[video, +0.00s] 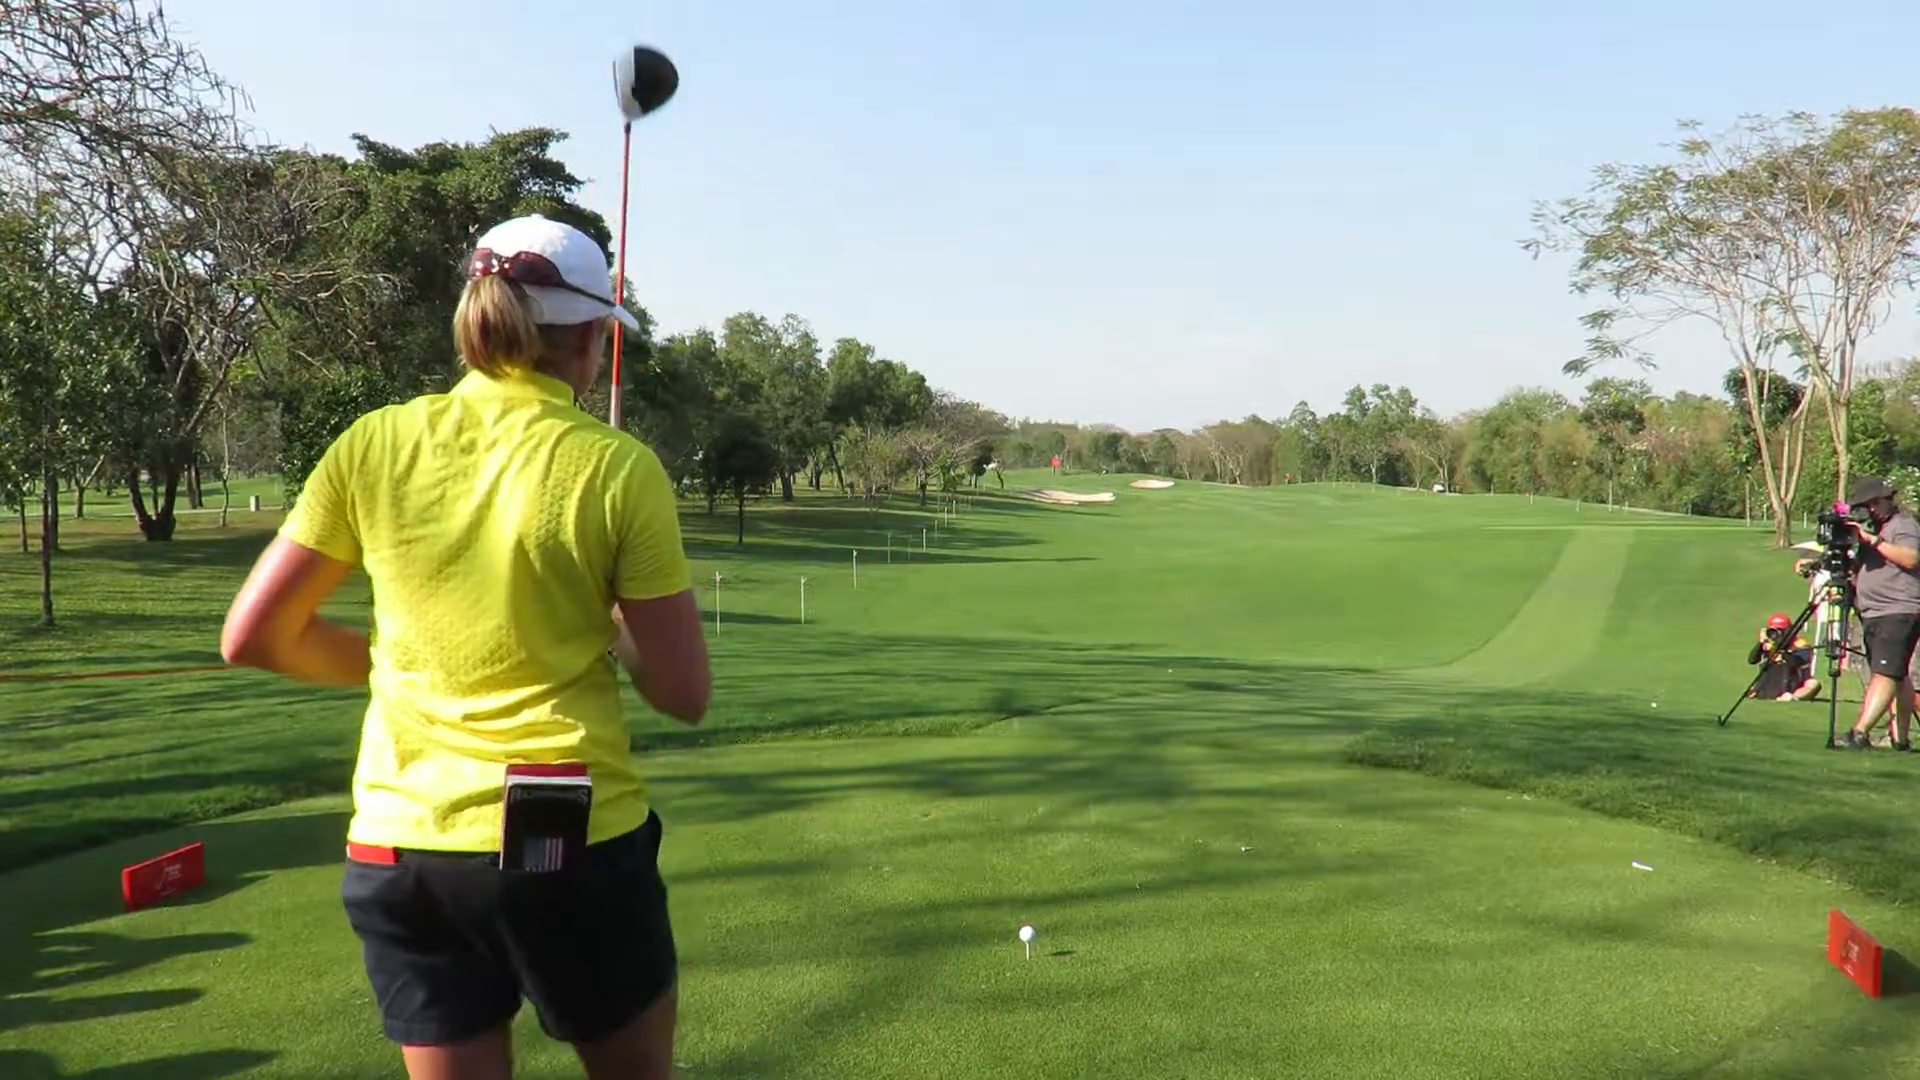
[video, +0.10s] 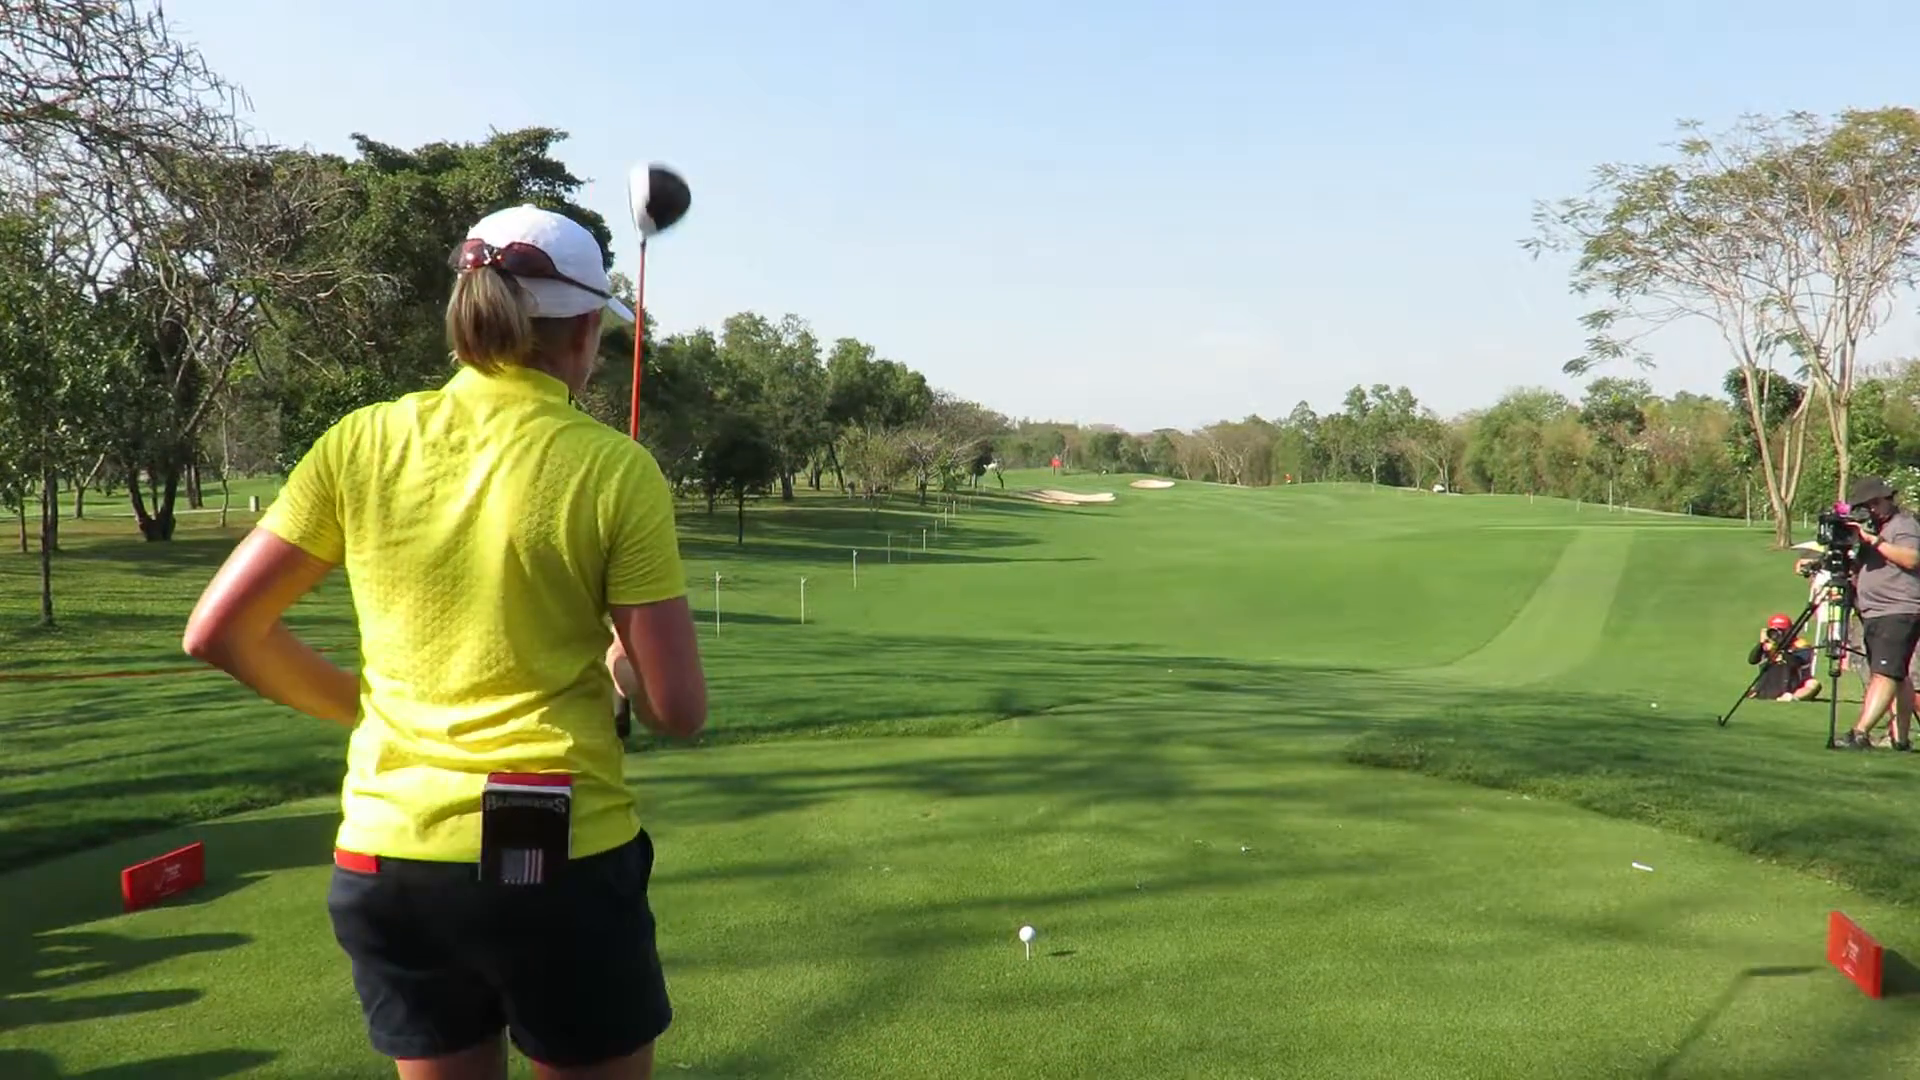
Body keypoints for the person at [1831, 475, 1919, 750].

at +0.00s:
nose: (1870, 511)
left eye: (1873, 504)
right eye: (1865, 507)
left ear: (1888, 499)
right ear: (1863, 509)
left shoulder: (1903, 524)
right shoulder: (1874, 530)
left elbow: (1911, 560)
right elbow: (1864, 573)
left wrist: (1873, 541)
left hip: (1899, 611)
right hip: (1875, 613)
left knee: (1885, 671)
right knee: (1897, 678)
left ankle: (1859, 731)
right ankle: (1900, 738)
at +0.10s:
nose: (1870, 512)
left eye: (1873, 505)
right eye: (1866, 507)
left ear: (1887, 500)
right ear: (1864, 509)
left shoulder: (1903, 524)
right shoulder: (1875, 530)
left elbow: (1911, 560)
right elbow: (1865, 572)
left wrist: (1874, 541)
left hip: (1899, 611)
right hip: (1876, 613)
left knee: (1885, 672)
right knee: (1897, 678)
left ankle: (1860, 731)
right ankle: (1900, 738)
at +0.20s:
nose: (1869, 511)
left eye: (1872, 504)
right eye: (1865, 507)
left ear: (1887, 500)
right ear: (1864, 508)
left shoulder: (1902, 524)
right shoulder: (1874, 529)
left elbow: (1910, 559)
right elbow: (1862, 570)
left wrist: (1873, 541)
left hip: (1898, 611)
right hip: (1875, 612)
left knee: (1883, 671)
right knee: (1896, 677)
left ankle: (1859, 730)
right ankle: (1899, 738)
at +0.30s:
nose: (1865, 512)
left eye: (1869, 505)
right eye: (1862, 507)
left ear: (1884, 501)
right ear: (1864, 509)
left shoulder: (1901, 524)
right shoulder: (1873, 530)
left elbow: (1910, 559)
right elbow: (1860, 570)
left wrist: (1871, 541)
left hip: (1897, 610)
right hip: (1874, 612)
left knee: (1883, 671)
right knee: (1894, 676)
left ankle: (1858, 730)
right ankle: (1898, 736)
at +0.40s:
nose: (1865, 511)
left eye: (1869, 504)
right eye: (1862, 507)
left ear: (1884, 500)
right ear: (1864, 507)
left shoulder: (1902, 523)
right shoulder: (1874, 528)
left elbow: (1909, 559)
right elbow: (1859, 568)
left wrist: (1870, 540)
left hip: (1897, 610)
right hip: (1873, 612)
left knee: (1883, 671)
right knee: (1893, 675)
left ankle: (1858, 730)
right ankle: (1898, 736)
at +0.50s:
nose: (1865, 512)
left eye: (1868, 504)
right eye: (1861, 507)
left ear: (1884, 500)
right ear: (1863, 508)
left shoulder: (1902, 523)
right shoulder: (1873, 528)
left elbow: (1909, 559)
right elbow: (1859, 568)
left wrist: (1870, 541)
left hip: (1898, 610)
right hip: (1873, 612)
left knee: (1883, 671)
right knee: (1894, 675)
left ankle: (1857, 730)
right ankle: (1898, 736)